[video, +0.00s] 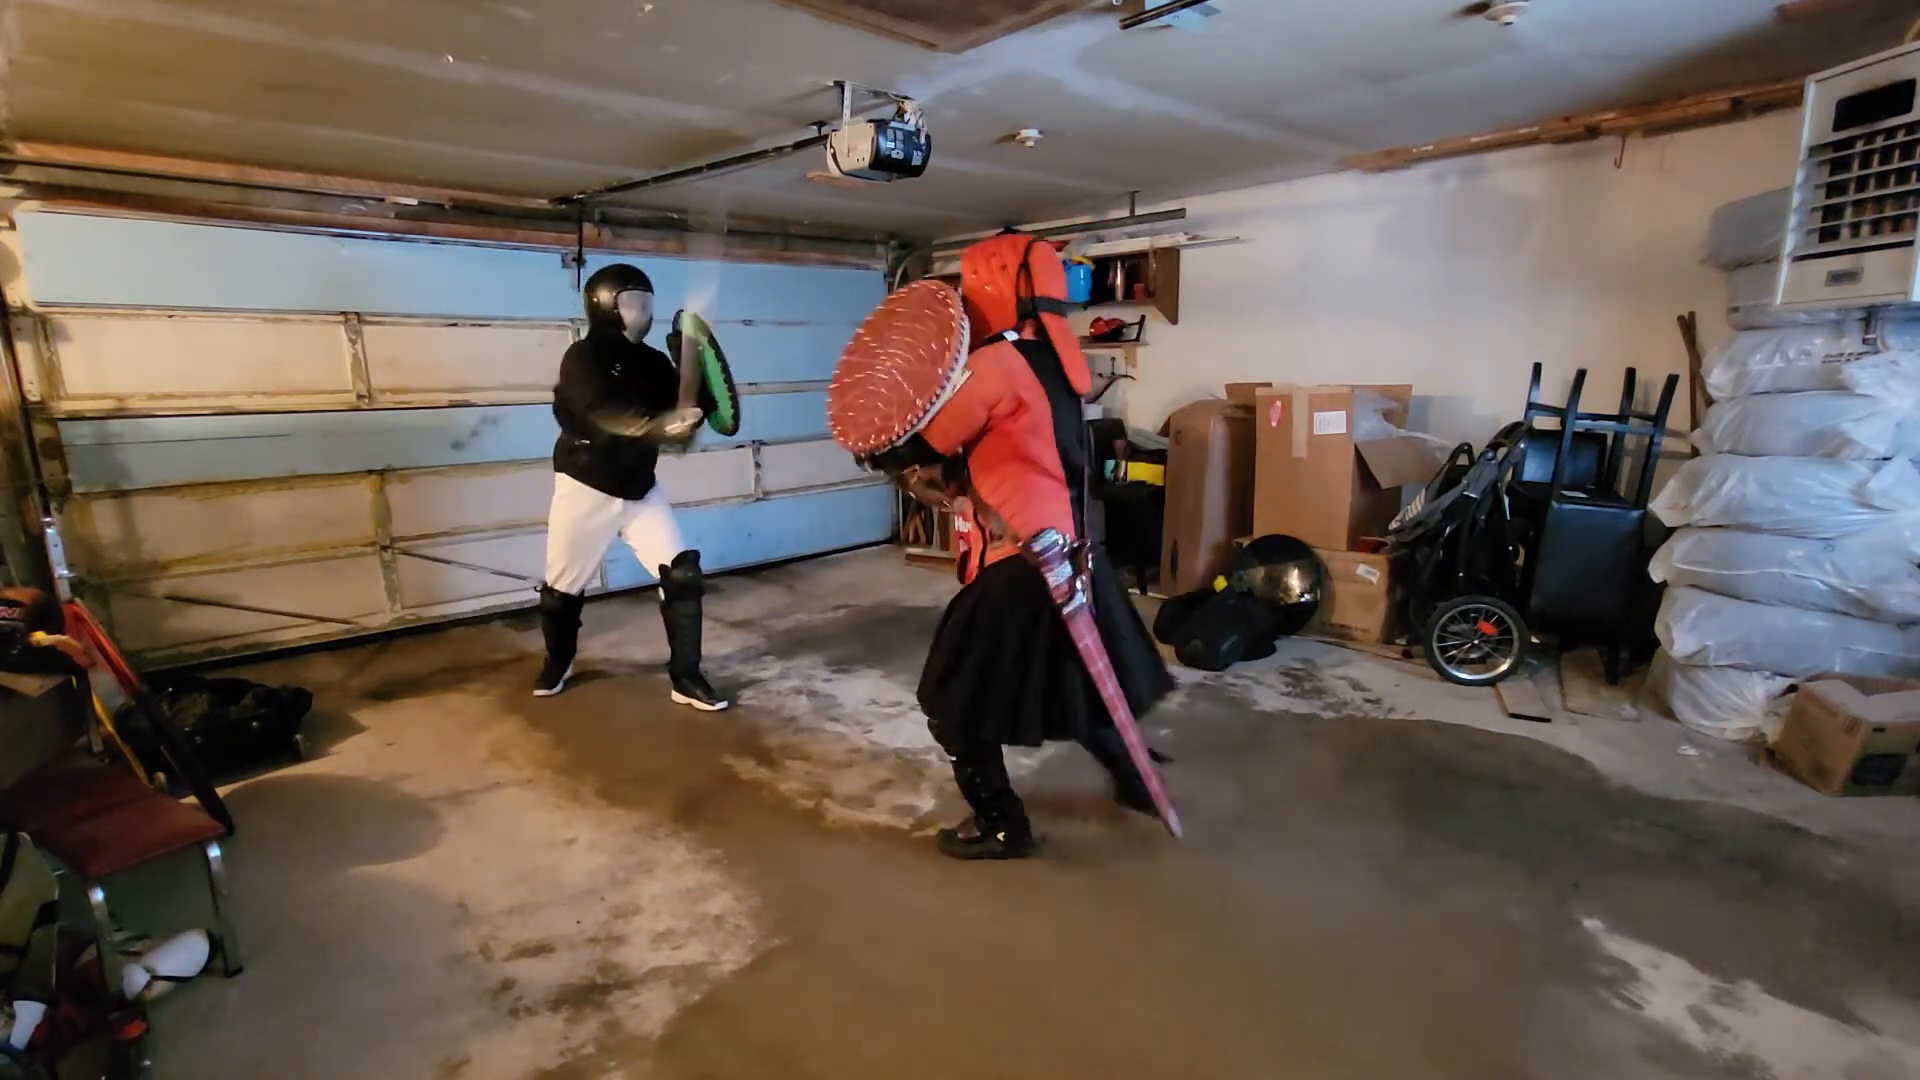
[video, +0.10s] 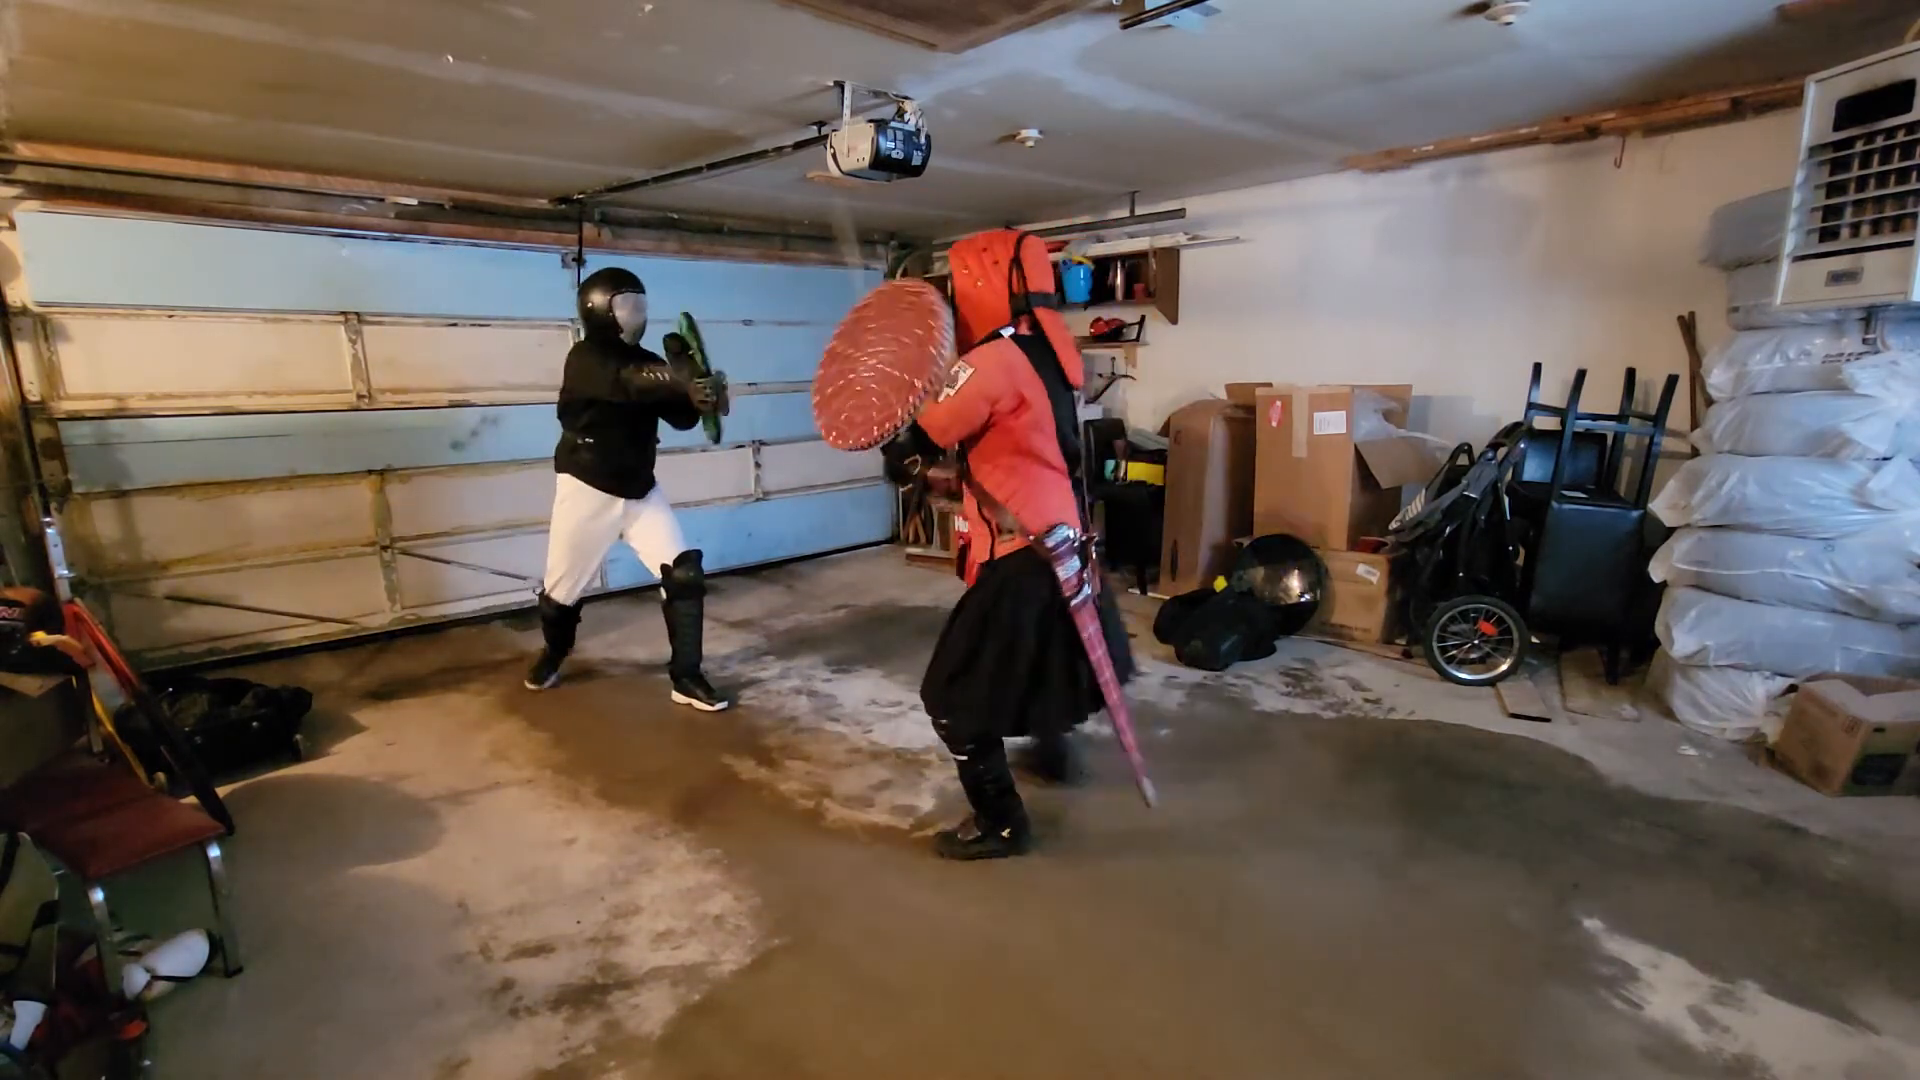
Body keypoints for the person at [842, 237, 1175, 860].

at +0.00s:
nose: (966, 301)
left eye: (973, 289)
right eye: (967, 287)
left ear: (999, 294)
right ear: (1036, 290)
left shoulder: (999, 364)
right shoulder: (1058, 357)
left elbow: (931, 442)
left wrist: (884, 451)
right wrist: (946, 478)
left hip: (1017, 568)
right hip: (1074, 556)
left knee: (951, 692)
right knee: (1077, 679)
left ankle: (1001, 824)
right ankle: (1139, 783)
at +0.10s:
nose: (954, 298)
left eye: (961, 284)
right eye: (953, 285)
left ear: (992, 288)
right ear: (1025, 286)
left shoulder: (997, 362)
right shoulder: (1050, 352)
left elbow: (931, 433)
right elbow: (1002, 435)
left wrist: (902, 446)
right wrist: (939, 445)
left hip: (1018, 559)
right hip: (1063, 545)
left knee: (951, 690)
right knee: (1044, 644)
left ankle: (999, 820)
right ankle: (1054, 746)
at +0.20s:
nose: (956, 311)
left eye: (962, 298)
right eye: (956, 298)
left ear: (988, 302)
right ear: (1026, 294)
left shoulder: (998, 381)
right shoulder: (1055, 366)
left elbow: (921, 440)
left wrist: (876, 403)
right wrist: (930, 405)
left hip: (1012, 567)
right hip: (1044, 555)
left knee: (943, 701)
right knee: (983, 678)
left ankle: (1001, 821)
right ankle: (1001, 794)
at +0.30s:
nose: (964, 331)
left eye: (971, 319)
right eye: (968, 317)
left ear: (993, 326)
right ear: (1031, 323)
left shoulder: (998, 411)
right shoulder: (1051, 394)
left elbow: (924, 463)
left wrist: (905, 401)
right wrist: (944, 418)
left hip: (999, 588)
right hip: (1036, 574)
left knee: (922, 690)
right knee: (979, 661)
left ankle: (1000, 818)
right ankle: (1008, 753)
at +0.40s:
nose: (955, 337)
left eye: (962, 324)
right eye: (958, 322)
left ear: (987, 329)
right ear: (1024, 327)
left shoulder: (997, 413)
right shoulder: (1047, 389)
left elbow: (934, 471)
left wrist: (913, 390)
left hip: (994, 587)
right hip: (1033, 575)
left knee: (923, 693)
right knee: (986, 664)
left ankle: (1000, 817)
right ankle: (1009, 754)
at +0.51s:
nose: (951, 324)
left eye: (956, 311)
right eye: (953, 311)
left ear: (982, 317)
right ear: (1015, 313)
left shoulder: (988, 402)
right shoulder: (1041, 385)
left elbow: (933, 471)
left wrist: (890, 423)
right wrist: (927, 424)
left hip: (993, 570)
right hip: (1030, 559)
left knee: (931, 692)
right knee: (981, 655)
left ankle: (1000, 817)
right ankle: (1008, 748)